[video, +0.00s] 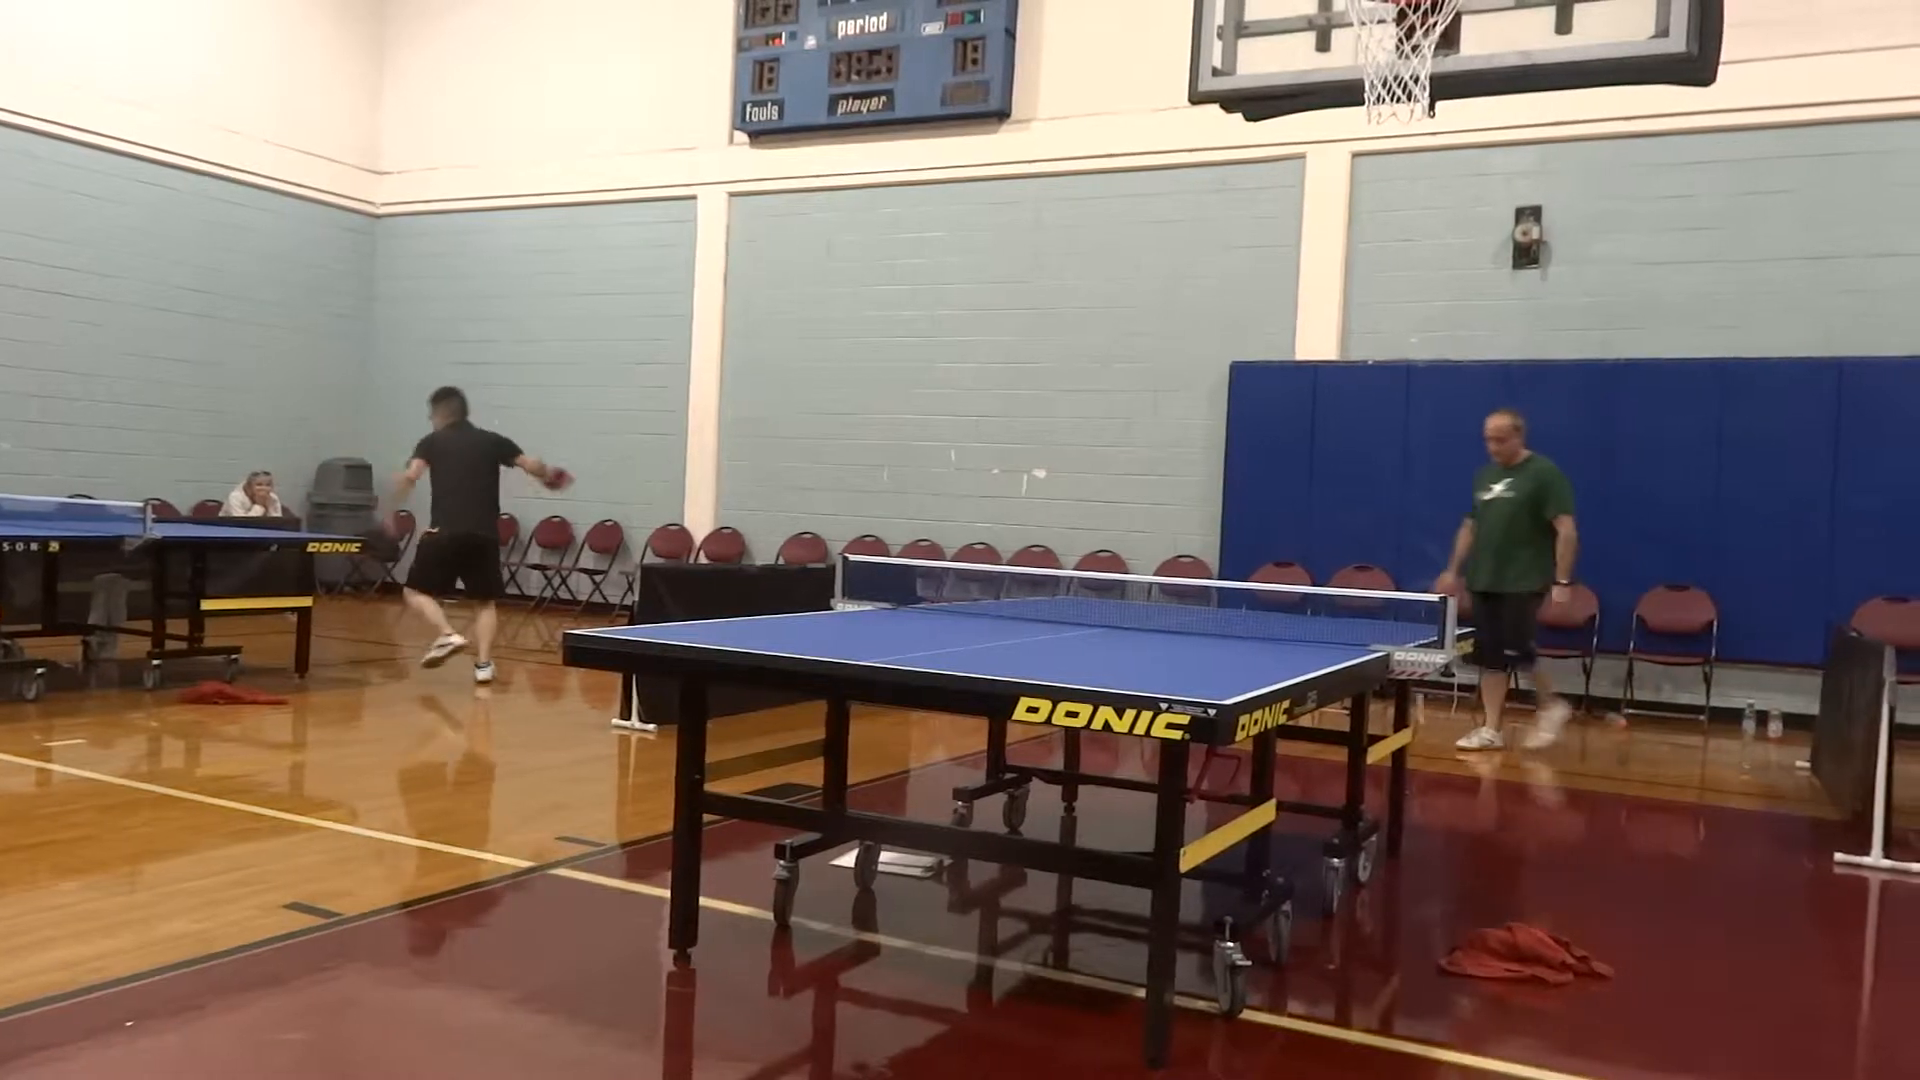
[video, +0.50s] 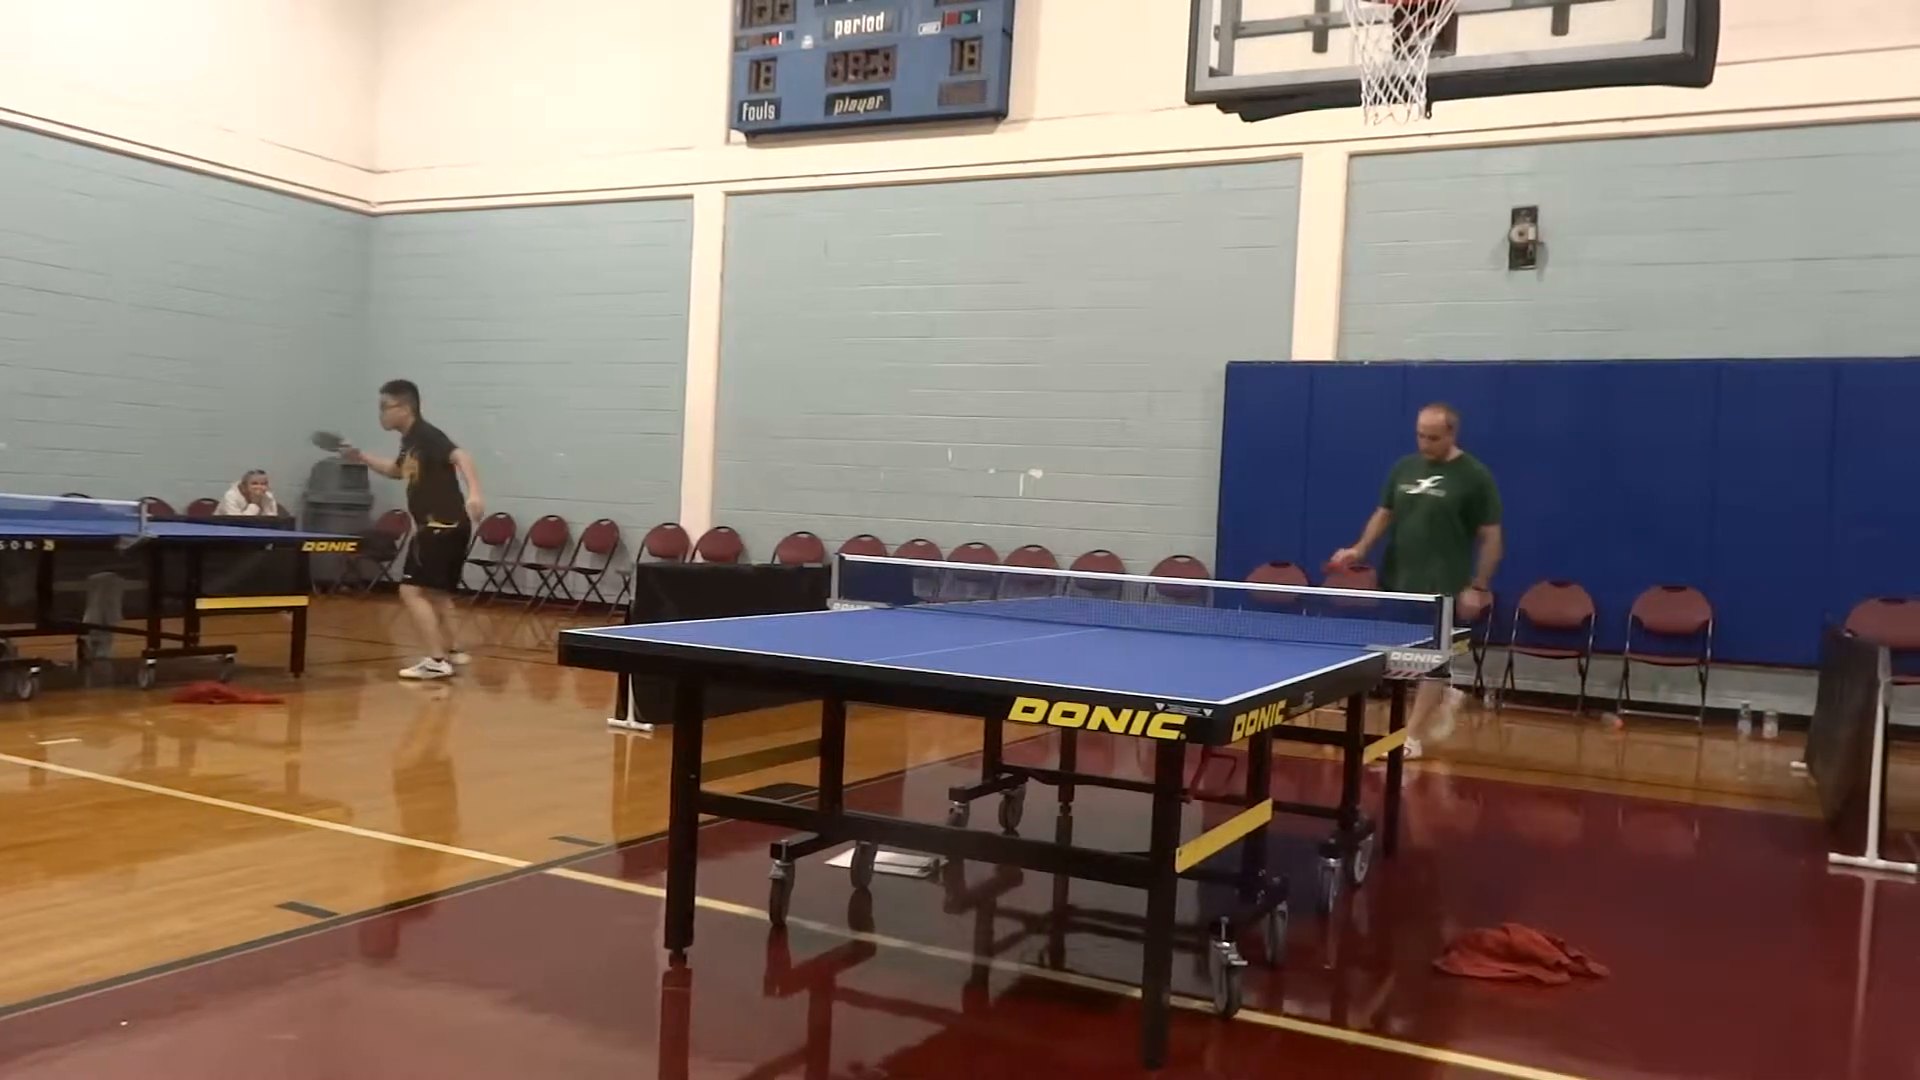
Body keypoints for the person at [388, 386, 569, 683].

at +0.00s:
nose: (431, 420)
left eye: (432, 415)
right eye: (431, 415)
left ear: (439, 414)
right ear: (464, 412)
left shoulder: (433, 441)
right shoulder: (491, 440)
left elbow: (411, 477)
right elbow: (531, 465)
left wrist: (393, 508)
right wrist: (549, 475)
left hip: (444, 534)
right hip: (484, 535)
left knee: (415, 590)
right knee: (486, 602)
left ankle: (446, 634)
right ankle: (484, 665)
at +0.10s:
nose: (412, 430)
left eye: (413, 423)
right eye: (410, 424)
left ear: (424, 419)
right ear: (440, 414)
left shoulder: (425, 446)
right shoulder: (476, 436)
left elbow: (423, 485)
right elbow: (519, 458)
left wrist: (411, 526)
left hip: (448, 535)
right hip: (486, 535)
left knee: (413, 593)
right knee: (483, 599)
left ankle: (443, 655)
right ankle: (482, 664)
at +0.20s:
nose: (396, 432)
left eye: (398, 424)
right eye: (394, 426)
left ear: (413, 419)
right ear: (425, 417)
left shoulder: (421, 445)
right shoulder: (457, 439)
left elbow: (437, 483)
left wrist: (424, 526)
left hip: (452, 535)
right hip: (485, 532)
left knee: (414, 594)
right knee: (480, 600)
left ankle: (439, 660)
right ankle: (481, 662)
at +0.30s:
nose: (388, 426)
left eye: (392, 418)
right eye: (387, 419)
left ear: (410, 416)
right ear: (413, 417)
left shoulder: (428, 440)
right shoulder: (429, 442)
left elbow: (451, 473)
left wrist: (445, 520)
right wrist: (392, 471)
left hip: (443, 530)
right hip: (472, 531)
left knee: (410, 594)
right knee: (472, 597)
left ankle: (437, 660)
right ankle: (482, 649)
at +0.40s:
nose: (382, 417)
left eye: (387, 411)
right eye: (382, 411)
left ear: (406, 410)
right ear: (406, 411)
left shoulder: (426, 437)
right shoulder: (418, 440)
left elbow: (460, 461)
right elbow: (405, 469)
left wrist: (466, 499)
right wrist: (370, 456)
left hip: (438, 528)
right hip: (455, 527)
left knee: (410, 591)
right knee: (452, 591)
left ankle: (438, 660)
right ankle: (478, 646)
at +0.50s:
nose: (381, 412)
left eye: (386, 407)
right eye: (381, 406)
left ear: (406, 408)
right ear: (400, 408)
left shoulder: (427, 434)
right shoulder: (410, 439)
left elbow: (460, 457)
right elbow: (398, 471)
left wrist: (475, 494)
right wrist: (363, 458)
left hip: (441, 525)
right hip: (438, 525)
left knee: (410, 590)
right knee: (438, 592)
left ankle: (438, 659)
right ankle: (453, 651)